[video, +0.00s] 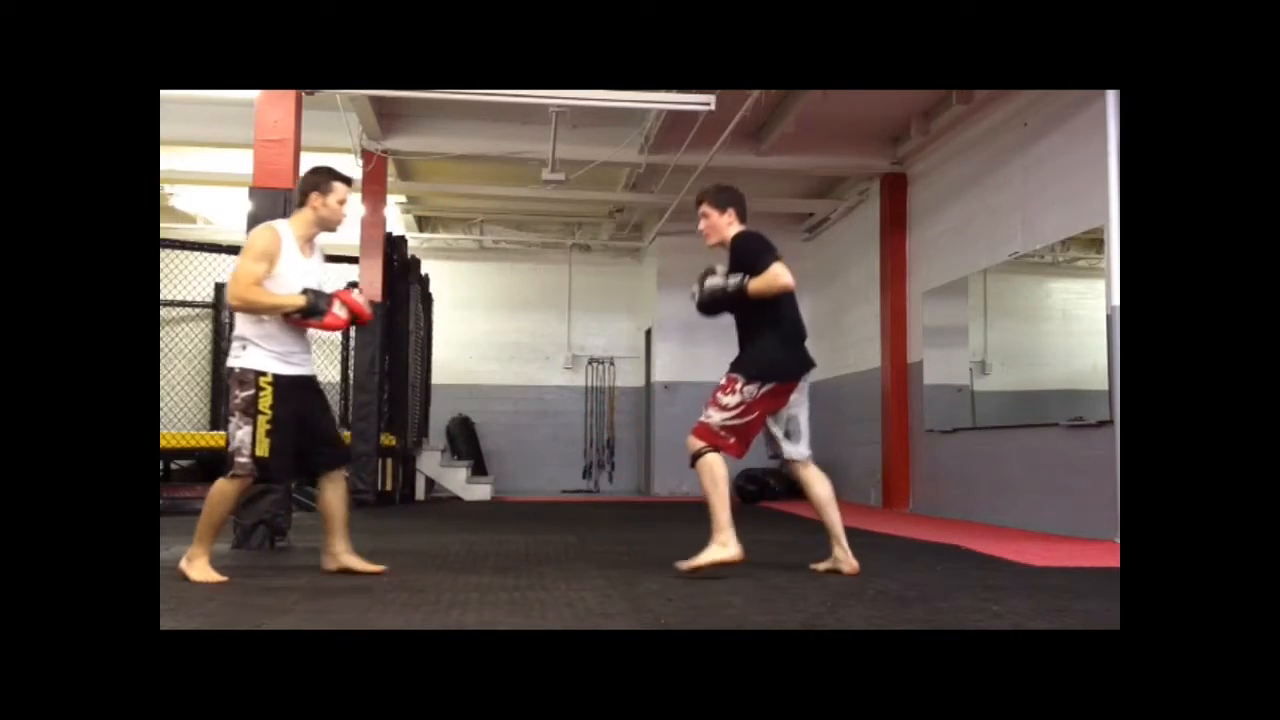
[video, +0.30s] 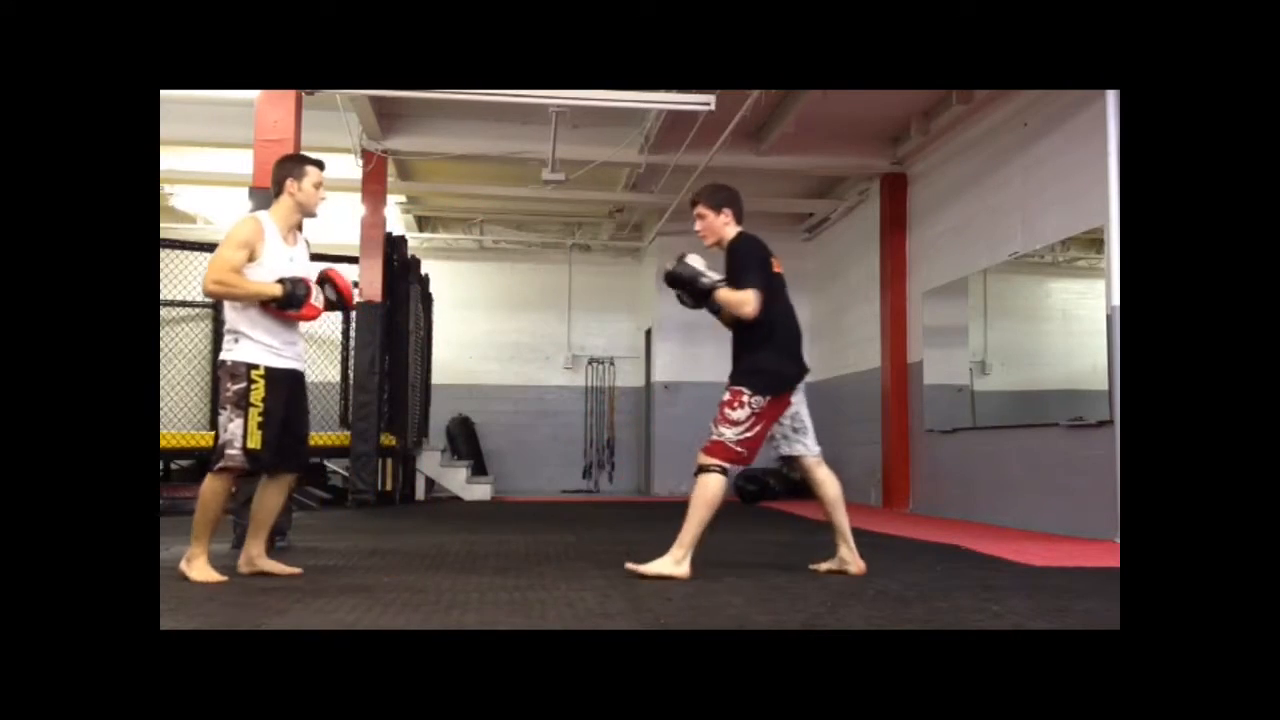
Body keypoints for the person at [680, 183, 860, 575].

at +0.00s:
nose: (700, 226)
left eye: (704, 217)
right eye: (699, 218)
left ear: (729, 215)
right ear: (727, 218)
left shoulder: (746, 243)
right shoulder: (746, 250)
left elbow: (783, 279)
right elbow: (761, 291)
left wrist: (732, 289)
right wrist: (721, 288)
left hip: (763, 364)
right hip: (791, 364)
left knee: (702, 442)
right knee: (799, 460)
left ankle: (724, 540)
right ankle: (843, 553)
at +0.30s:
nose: (697, 227)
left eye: (702, 218)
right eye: (695, 220)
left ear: (726, 215)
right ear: (726, 218)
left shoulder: (744, 247)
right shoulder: (747, 252)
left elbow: (748, 305)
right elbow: (739, 319)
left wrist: (708, 283)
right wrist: (707, 297)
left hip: (762, 374)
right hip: (784, 371)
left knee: (714, 461)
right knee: (811, 462)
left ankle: (678, 557)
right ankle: (849, 553)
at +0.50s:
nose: (662, 230)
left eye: (667, 221)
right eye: (661, 222)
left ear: (691, 218)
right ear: (694, 220)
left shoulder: (708, 253)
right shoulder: (726, 250)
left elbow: (694, 318)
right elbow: (721, 312)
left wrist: (667, 288)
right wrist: (680, 315)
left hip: (734, 372)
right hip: (761, 370)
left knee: (681, 453)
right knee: (759, 463)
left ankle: (673, 559)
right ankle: (829, 540)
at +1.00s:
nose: (638, 225)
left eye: (642, 215)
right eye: (635, 217)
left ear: (666, 211)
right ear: (665, 214)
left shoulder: (686, 242)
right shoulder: (685, 249)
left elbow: (709, 297)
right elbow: (679, 315)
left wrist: (661, 285)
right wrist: (652, 285)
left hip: (702, 369)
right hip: (726, 368)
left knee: (659, 457)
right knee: (725, 460)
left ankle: (631, 557)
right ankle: (764, 551)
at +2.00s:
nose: (606, 218)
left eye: (610, 209)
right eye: (604, 210)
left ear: (633, 206)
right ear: (638, 209)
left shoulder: (647, 241)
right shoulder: (667, 240)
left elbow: (644, 303)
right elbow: (652, 299)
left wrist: (609, 272)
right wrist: (616, 268)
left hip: (669, 367)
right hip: (698, 364)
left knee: (627, 453)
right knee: (699, 457)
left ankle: (610, 558)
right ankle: (739, 549)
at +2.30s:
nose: (614, 226)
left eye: (616, 216)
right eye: (612, 218)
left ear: (639, 210)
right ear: (647, 213)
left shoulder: (648, 244)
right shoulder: (680, 241)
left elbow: (624, 300)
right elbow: (654, 296)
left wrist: (589, 272)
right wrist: (618, 259)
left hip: (668, 362)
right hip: (704, 362)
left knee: (605, 439)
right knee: (702, 457)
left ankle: (589, 539)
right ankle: (739, 549)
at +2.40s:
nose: (605, 221)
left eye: (608, 212)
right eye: (604, 213)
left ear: (630, 208)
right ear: (644, 208)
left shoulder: (624, 241)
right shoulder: (677, 236)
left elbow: (571, 271)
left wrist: (542, 247)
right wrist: (601, 248)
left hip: (660, 360)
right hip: (701, 357)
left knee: (613, 450)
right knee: (707, 457)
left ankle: (593, 549)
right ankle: (739, 550)